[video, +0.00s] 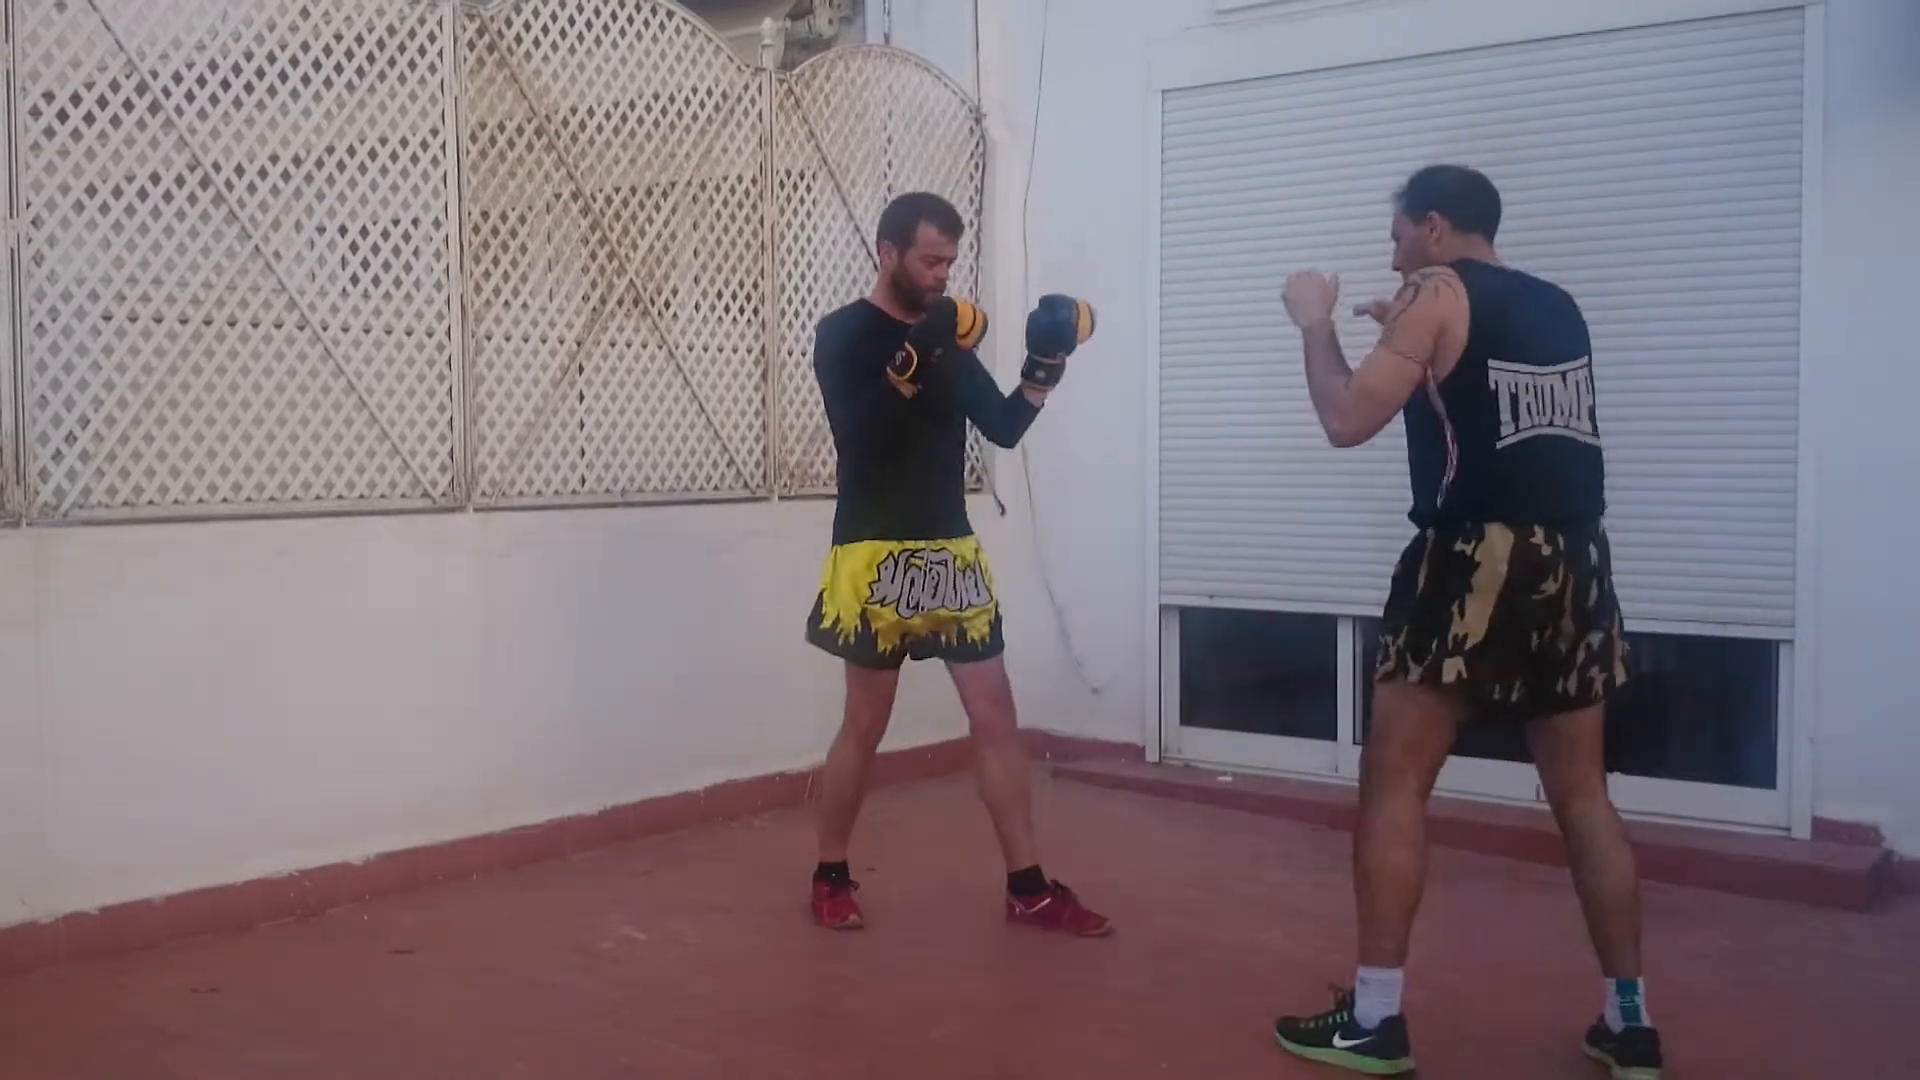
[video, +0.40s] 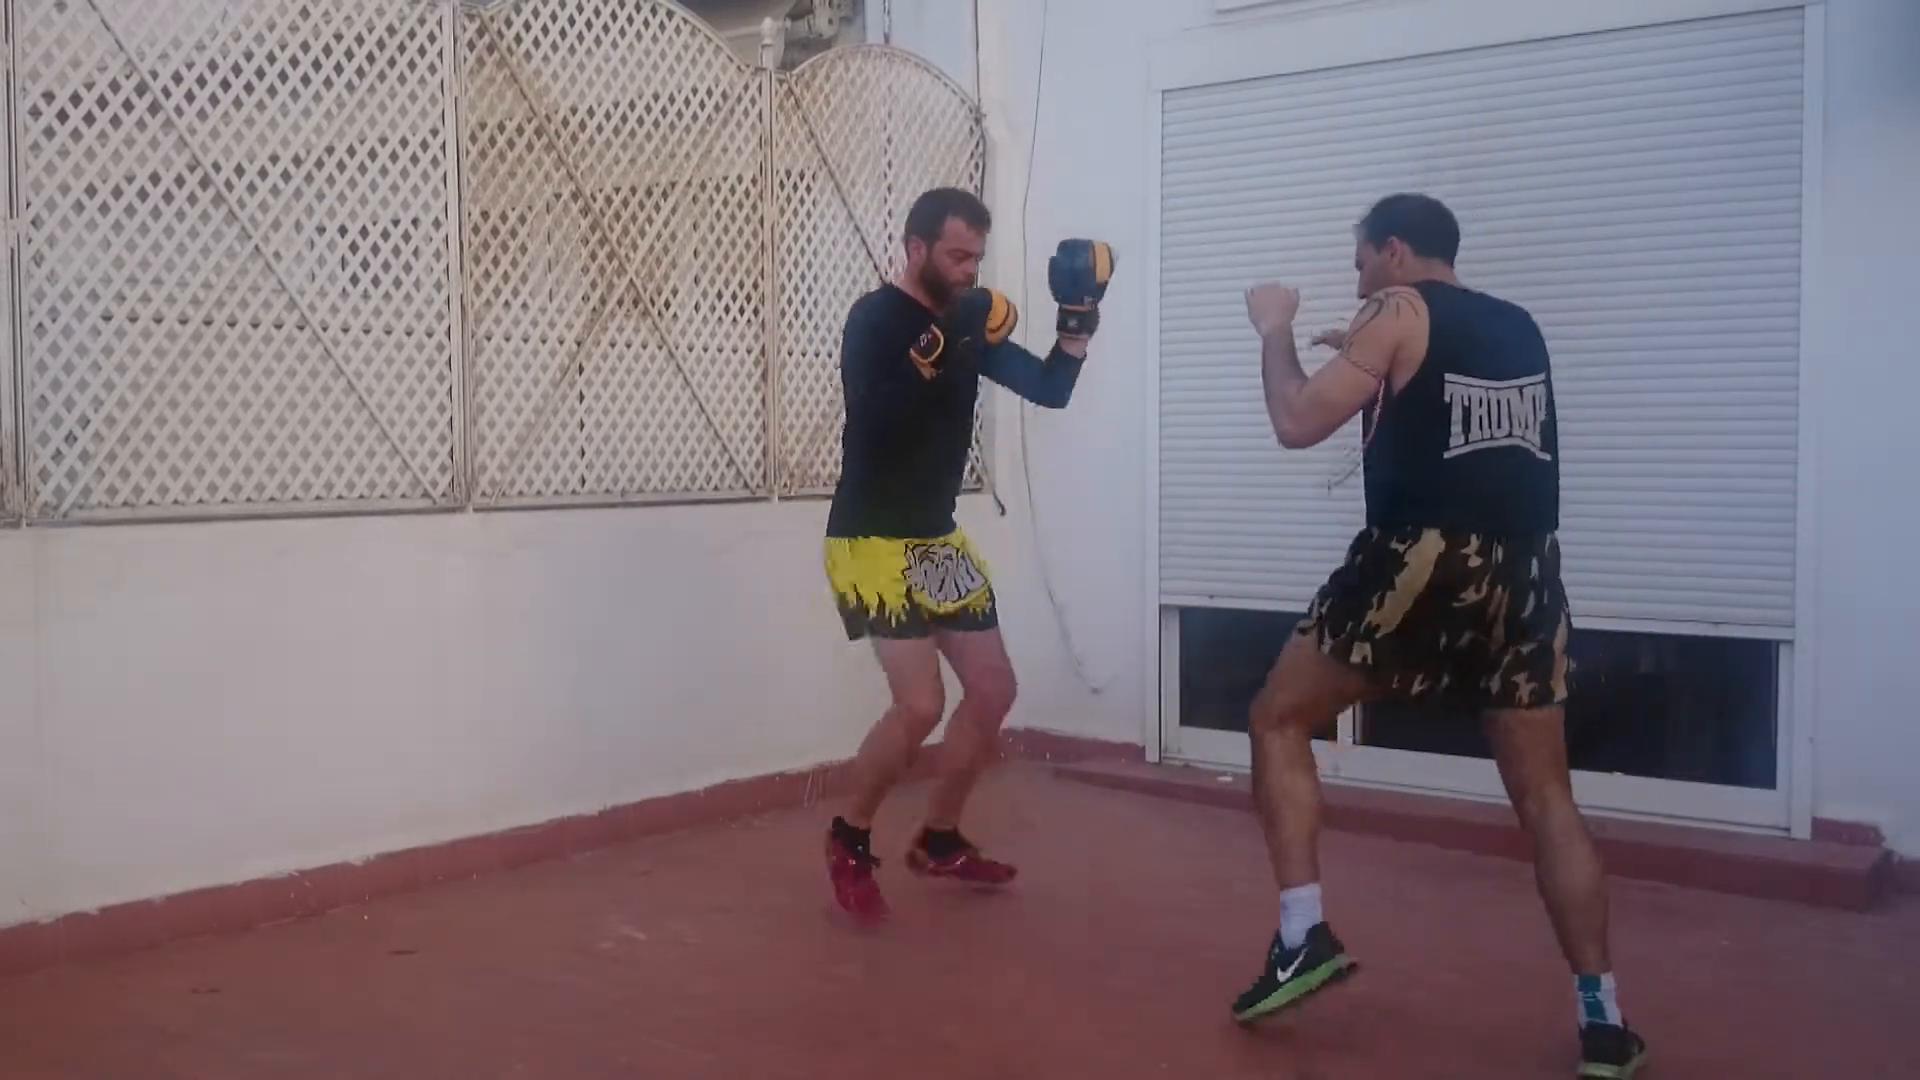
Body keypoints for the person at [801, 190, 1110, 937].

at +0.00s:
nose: (943, 274)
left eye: (950, 262)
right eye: (931, 261)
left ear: (955, 262)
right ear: (887, 254)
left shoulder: (944, 339)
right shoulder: (843, 333)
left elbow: (1003, 427)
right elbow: (856, 433)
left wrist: (1043, 368)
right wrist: (921, 351)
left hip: (952, 543)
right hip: (874, 546)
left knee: (994, 712)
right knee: (864, 722)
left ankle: (1028, 884)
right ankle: (830, 876)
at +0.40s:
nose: (970, 268)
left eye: (977, 257)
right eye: (959, 255)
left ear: (978, 257)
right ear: (915, 248)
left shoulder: (964, 325)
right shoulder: (876, 319)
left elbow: (1051, 388)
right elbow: (875, 433)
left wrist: (1076, 323)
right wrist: (945, 345)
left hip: (937, 535)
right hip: (871, 539)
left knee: (993, 691)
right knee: (919, 705)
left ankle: (937, 840)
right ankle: (849, 836)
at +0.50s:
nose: (970, 289)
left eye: (977, 276)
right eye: (957, 276)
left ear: (981, 276)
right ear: (914, 274)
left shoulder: (985, 350)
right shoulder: (877, 348)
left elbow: (1073, 379)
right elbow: (833, 447)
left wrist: (1075, 314)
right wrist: (876, 385)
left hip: (942, 557)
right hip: (884, 554)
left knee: (915, 721)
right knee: (959, 701)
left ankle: (872, 849)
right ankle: (928, 877)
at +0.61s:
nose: (965, 284)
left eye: (971, 272)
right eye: (952, 271)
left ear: (972, 273)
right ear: (907, 269)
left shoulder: (974, 348)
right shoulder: (866, 345)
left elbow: (1060, 374)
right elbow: (807, 451)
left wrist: (1098, 312)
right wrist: (849, 381)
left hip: (971, 555)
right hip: (904, 562)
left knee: (1003, 718)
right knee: (967, 730)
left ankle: (917, 814)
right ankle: (950, 908)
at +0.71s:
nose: (950, 283)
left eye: (957, 270)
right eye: (939, 268)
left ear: (955, 273)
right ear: (891, 263)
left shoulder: (954, 339)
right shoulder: (851, 350)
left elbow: (1014, 370)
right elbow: (840, 436)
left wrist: (1106, 356)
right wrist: (881, 364)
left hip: (996, 541)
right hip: (920, 562)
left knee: (1088, 690)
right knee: (969, 736)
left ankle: (1028, 798)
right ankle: (949, 911)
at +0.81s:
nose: (948, 275)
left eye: (953, 262)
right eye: (937, 260)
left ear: (946, 263)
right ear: (890, 256)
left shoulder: (943, 331)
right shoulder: (846, 348)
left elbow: (984, 387)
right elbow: (872, 431)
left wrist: (1035, 404)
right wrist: (920, 334)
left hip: (1015, 529)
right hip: (935, 556)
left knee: (1124, 668)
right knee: (968, 740)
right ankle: (949, 911)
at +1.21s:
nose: (949, 287)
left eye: (952, 275)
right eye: (937, 273)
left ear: (935, 272)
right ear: (889, 270)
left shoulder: (950, 344)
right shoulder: (867, 367)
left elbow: (1013, 397)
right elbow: (961, 405)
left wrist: (1112, 391)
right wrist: (986, 300)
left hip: (1034, 545)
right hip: (961, 571)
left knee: (1114, 703)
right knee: (991, 755)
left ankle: (1151, 863)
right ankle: (952, 910)